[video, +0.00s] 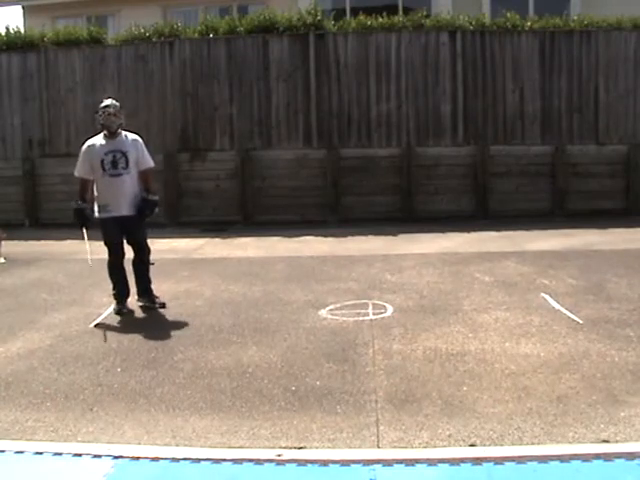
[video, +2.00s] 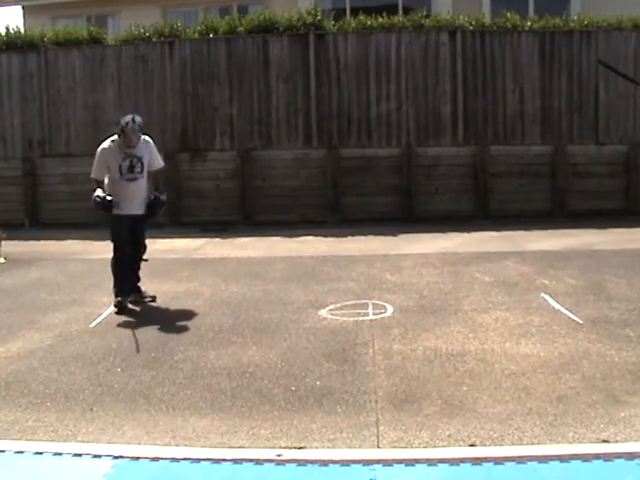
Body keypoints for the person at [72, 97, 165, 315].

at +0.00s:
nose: (110, 119)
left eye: (114, 114)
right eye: (106, 115)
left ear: (121, 117)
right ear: (99, 118)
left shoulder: (134, 142)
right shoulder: (90, 148)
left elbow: (146, 171)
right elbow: (85, 180)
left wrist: (150, 195)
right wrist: (82, 207)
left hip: (133, 210)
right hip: (107, 212)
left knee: (142, 252)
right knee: (115, 257)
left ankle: (146, 293)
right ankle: (120, 298)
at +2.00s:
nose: (132, 142)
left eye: (136, 137)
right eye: (129, 138)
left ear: (140, 134)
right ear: (120, 134)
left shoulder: (146, 144)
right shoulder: (107, 148)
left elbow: (153, 172)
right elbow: (98, 179)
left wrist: (156, 194)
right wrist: (100, 194)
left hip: (140, 209)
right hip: (118, 209)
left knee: (137, 250)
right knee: (121, 252)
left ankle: (134, 288)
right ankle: (121, 294)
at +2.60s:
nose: (140, 128)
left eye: (141, 123)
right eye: (136, 123)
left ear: (143, 123)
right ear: (124, 124)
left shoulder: (144, 143)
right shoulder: (111, 147)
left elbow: (153, 171)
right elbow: (107, 177)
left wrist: (155, 190)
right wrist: (123, 193)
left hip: (141, 206)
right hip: (122, 207)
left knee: (138, 248)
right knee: (129, 248)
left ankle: (134, 288)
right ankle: (126, 292)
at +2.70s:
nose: (139, 125)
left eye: (139, 121)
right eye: (135, 121)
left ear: (140, 122)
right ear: (123, 122)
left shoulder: (143, 144)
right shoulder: (111, 147)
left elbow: (153, 169)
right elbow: (113, 178)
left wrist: (161, 181)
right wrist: (132, 191)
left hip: (140, 206)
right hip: (122, 207)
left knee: (138, 248)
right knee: (129, 249)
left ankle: (135, 289)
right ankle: (129, 295)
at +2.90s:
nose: (133, 122)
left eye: (135, 117)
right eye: (128, 117)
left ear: (138, 120)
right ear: (119, 120)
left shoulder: (141, 143)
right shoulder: (110, 148)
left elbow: (154, 169)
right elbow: (112, 178)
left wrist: (164, 170)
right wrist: (140, 186)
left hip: (139, 208)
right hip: (121, 209)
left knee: (138, 250)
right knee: (130, 251)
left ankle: (134, 290)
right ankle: (130, 298)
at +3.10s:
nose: (135, 122)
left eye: (136, 118)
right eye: (130, 118)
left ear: (137, 120)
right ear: (118, 121)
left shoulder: (138, 143)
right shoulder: (107, 148)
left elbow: (153, 166)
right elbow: (110, 178)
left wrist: (167, 167)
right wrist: (138, 185)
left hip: (139, 209)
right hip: (121, 210)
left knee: (138, 251)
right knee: (130, 253)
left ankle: (135, 290)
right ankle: (130, 299)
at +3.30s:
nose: (135, 126)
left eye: (137, 122)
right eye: (132, 122)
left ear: (138, 122)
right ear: (120, 122)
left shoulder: (135, 143)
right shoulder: (107, 146)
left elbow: (153, 159)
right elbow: (116, 175)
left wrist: (170, 160)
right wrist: (143, 177)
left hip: (138, 209)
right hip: (120, 212)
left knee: (143, 249)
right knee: (130, 252)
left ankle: (135, 287)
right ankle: (130, 300)